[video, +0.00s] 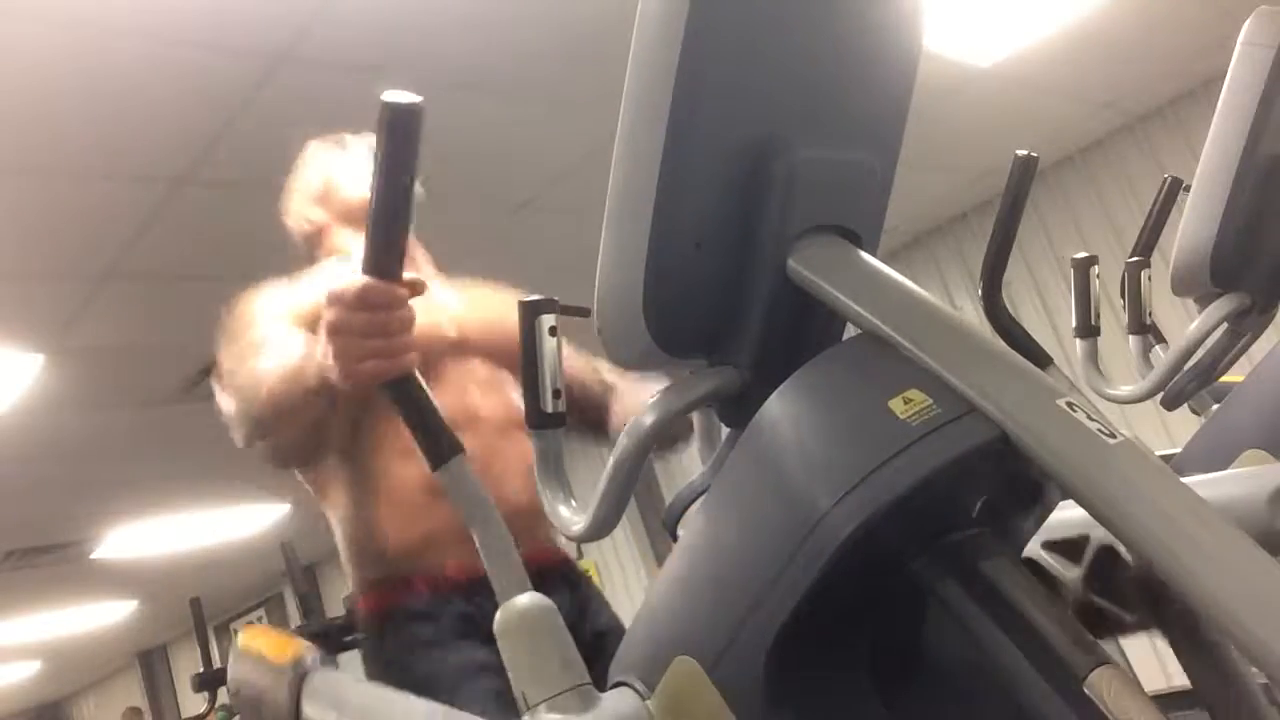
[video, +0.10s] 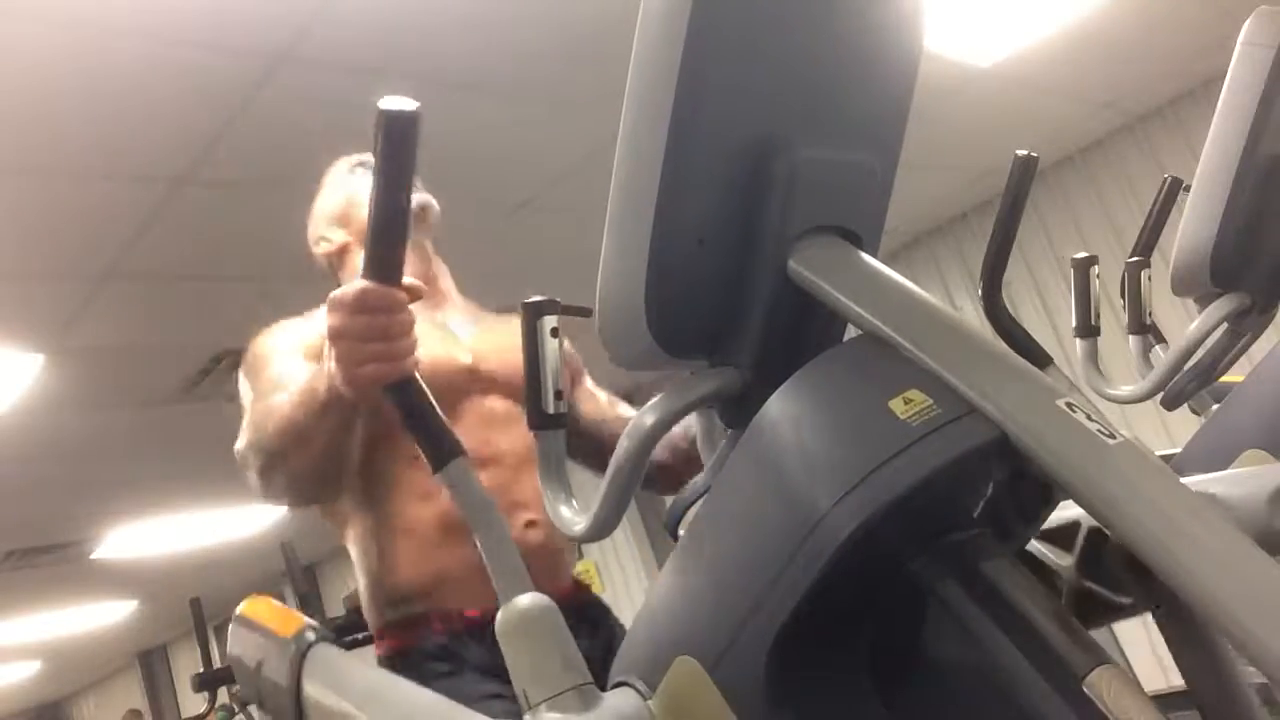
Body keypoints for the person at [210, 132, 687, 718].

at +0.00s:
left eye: (388, 184)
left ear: (406, 192)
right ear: (308, 217)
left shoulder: (479, 300)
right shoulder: (278, 309)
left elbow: (593, 385)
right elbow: (260, 419)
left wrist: (648, 406)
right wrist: (325, 367)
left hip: (556, 589)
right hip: (426, 620)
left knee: (654, 705)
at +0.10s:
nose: (383, 174)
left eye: (388, 171)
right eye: (358, 175)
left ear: (421, 207)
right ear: (325, 241)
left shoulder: (517, 333)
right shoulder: (293, 344)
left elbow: (638, 447)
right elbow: (283, 481)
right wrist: (341, 385)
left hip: (576, 623)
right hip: (441, 653)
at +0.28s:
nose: (328, 81)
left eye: (338, 80)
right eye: (294, 84)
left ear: (368, 125)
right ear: (259, 157)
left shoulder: (494, 243)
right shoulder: (234, 276)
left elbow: (619, 354)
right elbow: (214, 445)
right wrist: (295, 412)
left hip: (543, 555)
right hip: (405, 584)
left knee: (659, 706)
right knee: (466, 716)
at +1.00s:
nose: (401, 159)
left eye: (406, 155)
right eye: (366, 160)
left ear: (428, 193)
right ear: (323, 225)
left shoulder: (518, 338)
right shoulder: (279, 346)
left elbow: (633, 430)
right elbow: (246, 485)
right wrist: (321, 406)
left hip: (537, 649)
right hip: (399, 665)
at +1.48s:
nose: (343, 135)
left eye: (350, 128)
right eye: (307, 133)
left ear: (382, 175)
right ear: (263, 202)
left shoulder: (463, 320)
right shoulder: (231, 338)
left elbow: (596, 394)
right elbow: (167, 527)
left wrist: (732, 380)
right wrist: (294, 449)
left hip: (523, 636)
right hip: (382, 677)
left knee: (719, 672)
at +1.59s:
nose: (353, 83)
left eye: (364, 82)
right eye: (317, 82)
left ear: (391, 130)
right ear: (274, 154)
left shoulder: (477, 268)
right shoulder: (239, 276)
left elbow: (594, 380)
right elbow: (164, 450)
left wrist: (712, 378)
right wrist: (254, 544)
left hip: (525, 590)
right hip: (380, 622)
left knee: (697, 689)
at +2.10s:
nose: (364, 59)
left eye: (371, 57)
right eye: (323, 60)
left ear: (393, 108)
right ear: (284, 132)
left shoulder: (511, 247)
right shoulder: (249, 274)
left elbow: (599, 382)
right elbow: (185, 464)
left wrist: (715, 391)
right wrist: (239, 610)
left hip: (547, 571)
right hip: (405, 594)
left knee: (646, 709)